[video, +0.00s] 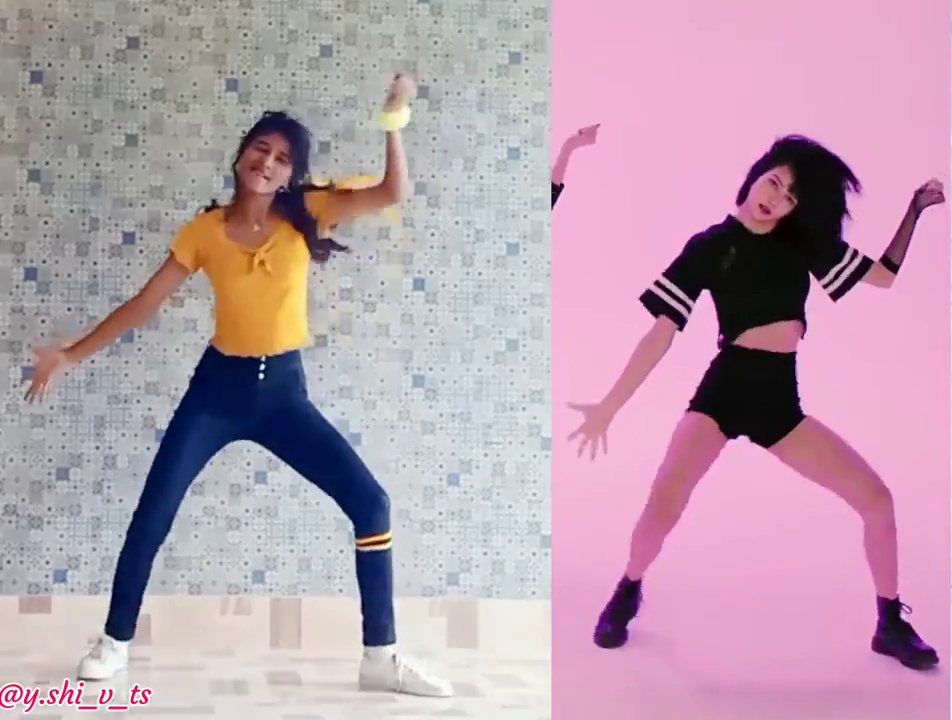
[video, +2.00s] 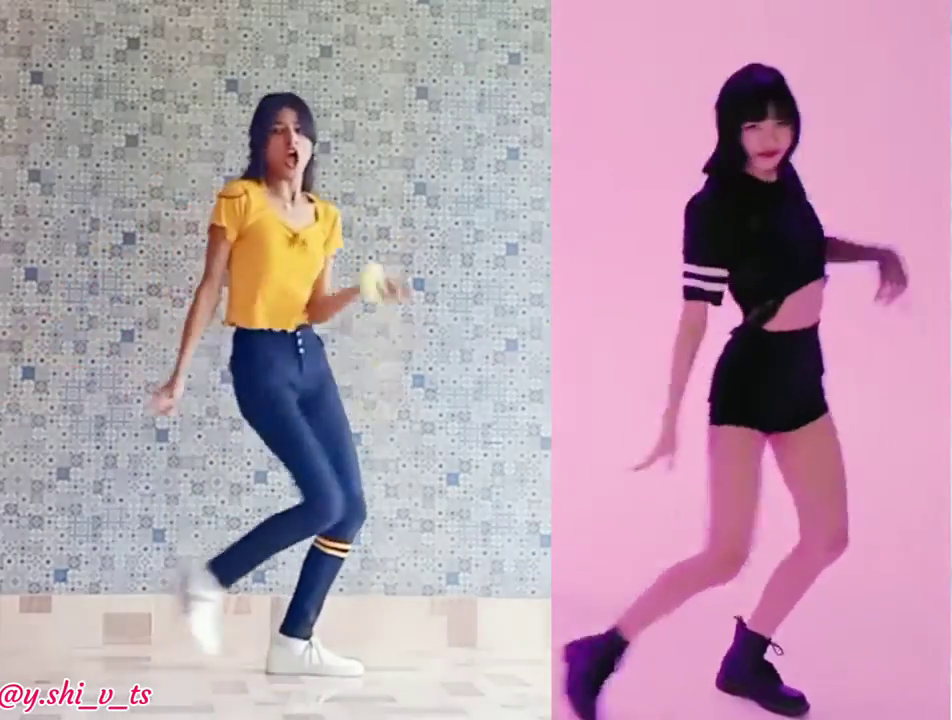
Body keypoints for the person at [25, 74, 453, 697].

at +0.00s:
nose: (264, 161)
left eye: (280, 158)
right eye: (258, 148)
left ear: (291, 176)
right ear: (240, 155)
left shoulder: (304, 212)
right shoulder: (205, 232)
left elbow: (391, 193)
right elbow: (143, 305)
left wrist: (394, 122)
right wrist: (68, 354)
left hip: (285, 400)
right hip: (214, 397)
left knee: (372, 505)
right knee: (152, 515)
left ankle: (380, 658)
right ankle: (112, 648)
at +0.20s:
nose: (262, 153)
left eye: (277, 149)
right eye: (258, 139)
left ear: (291, 159)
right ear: (241, 137)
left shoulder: (300, 192)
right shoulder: (206, 212)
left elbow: (381, 171)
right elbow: (140, 293)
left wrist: (369, 104)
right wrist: (65, 337)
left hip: (275, 371)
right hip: (209, 365)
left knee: (354, 483)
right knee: (159, 501)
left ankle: (379, 615)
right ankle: (113, 639)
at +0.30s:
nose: (285, 151)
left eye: (298, 146)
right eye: (278, 139)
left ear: (309, 158)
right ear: (258, 143)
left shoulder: (317, 217)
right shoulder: (219, 214)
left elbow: (370, 269)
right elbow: (158, 297)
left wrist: (367, 218)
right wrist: (83, 342)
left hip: (289, 376)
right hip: (223, 374)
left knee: (351, 507)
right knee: (162, 505)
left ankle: (372, 634)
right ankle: (114, 642)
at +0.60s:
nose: (312, 148)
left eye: (322, 141)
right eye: (302, 139)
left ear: (337, 154)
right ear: (283, 150)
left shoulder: (339, 226)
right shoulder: (246, 202)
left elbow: (320, 317)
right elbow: (184, 279)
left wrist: (353, 289)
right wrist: (115, 330)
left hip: (306, 378)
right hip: (239, 375)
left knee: (355, 512)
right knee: (159, 490)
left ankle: (368, 641)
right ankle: (117, 621)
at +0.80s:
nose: (241, 121)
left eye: (249, 112)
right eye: (227, 116)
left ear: (265, 128)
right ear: (210, 136)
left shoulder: (288, 202)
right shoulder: (186, 202)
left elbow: (333, 275)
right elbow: (131, 281)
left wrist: (383, 334)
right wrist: (66, 340)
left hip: (267, 364)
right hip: (202, 365)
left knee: (329, 494)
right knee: (157, 509)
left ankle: (369, 628)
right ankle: (95, 644)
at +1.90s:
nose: (270, 146)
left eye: (279, 137)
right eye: (257, 137)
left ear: (291, 151)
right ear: (237, 149)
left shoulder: (300, 225)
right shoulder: (222, 206)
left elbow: (316, 322)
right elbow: (181, 294)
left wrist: (370, 367)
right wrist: (126, 368)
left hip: (285, 376)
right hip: (234, 373)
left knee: (346, 508)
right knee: (206, 528)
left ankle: (294, 643)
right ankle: (95, 615)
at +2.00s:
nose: (291, 141)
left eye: (300, 131)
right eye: (277, 132)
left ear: (312, 143)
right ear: (259, 143)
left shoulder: (324, 216)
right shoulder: (241, 198)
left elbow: (314, 309)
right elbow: (208, 290)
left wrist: (365, 287)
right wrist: (179, 373)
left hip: (312, 361)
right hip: (261, 363)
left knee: (350, 506)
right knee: (325, 503)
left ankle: (294, 643)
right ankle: (207, 580)